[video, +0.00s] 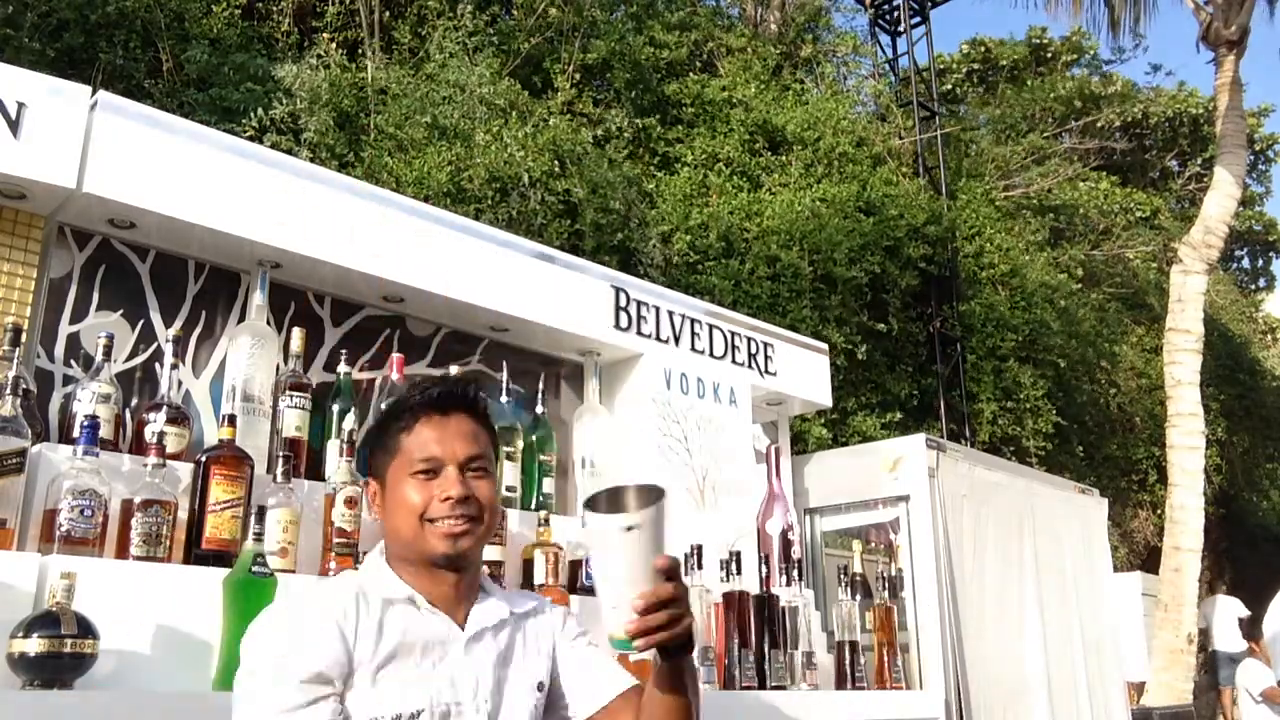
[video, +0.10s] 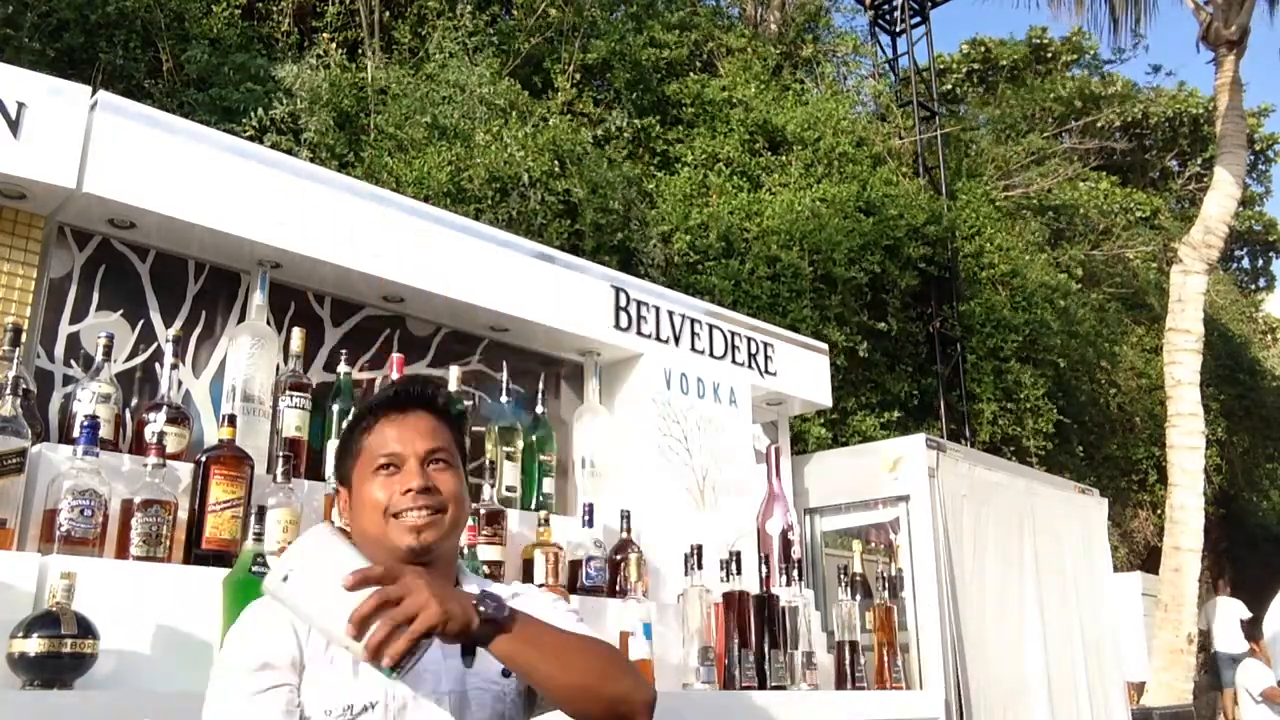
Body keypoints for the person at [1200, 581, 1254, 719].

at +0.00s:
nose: (1223, 588)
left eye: (1221, 586)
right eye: (1223, 586)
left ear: (1211, 589)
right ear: (1224, 588)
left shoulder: (1205, 604)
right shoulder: (1234, 601)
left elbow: (1202, 627)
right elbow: (1248, 617)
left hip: (1219, 648)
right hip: (1239, 647)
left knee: (1225, 687)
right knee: (1249, 680)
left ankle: (1228, 717)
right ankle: (1251, 714)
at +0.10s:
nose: (1227, 589)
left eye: (1224, 587)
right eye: (1227, 587)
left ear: (1215, 589)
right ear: (1228, 588)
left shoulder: (1208, 606)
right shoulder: (1237, 603)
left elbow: (1202, 627)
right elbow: (1249, 619)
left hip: (1221, 649)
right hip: (1241, 648)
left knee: (1227, 688)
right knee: (1245, 684)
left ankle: (1229, 717)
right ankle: (1247, 715)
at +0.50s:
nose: (1245, 573)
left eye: (1244, 570)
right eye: (1245, 571)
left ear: (1232, 572)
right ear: (1243, 571)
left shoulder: (1224, 585)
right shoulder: (1252, 586)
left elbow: (1215, 605)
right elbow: (1265, 604)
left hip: (1226, 627)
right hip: (1245, 627)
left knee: (1236, 657)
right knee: (1251, 656)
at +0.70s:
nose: (1243, 565)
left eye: (1241, 563)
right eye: (1242, 563)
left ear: (1230, 564)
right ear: (1243, 564)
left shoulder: (1223, 578)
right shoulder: (1252, 578)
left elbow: (1217, 598)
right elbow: (1265, 600)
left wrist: (1224, 609)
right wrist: (1254, 604)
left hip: (1231, 618)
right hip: (1250, 618)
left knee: (1239, 647)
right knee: (1252, 646)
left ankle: (1243, 673)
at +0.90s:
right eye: (1240, 557)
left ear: (1226, 560)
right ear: (1241, 559)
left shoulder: (1221, 574)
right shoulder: (1251, 571)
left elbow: (1220, 598)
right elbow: (1264, 593)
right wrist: (1252, 599)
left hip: (1233, 614)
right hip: (1253, 613)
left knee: (1243, 652)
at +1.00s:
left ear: (1225, 557)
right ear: (1239, 556)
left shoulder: (1222, 571)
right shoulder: (1251, 567)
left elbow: (1221, 596)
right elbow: (1264, 589)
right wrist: (1252, 594)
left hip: (1234, 612)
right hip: (1255, 611)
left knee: (1243, 651)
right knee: (1261, 646)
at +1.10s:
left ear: (1227, 555)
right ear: (1241, 554)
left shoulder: (1223, 569)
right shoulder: (1252, 565)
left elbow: (1222, 594)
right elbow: (1264, 588)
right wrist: (1253, 593)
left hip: (1237, 608)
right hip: (1256, 608)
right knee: (1259, 637)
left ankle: (1246, 670)